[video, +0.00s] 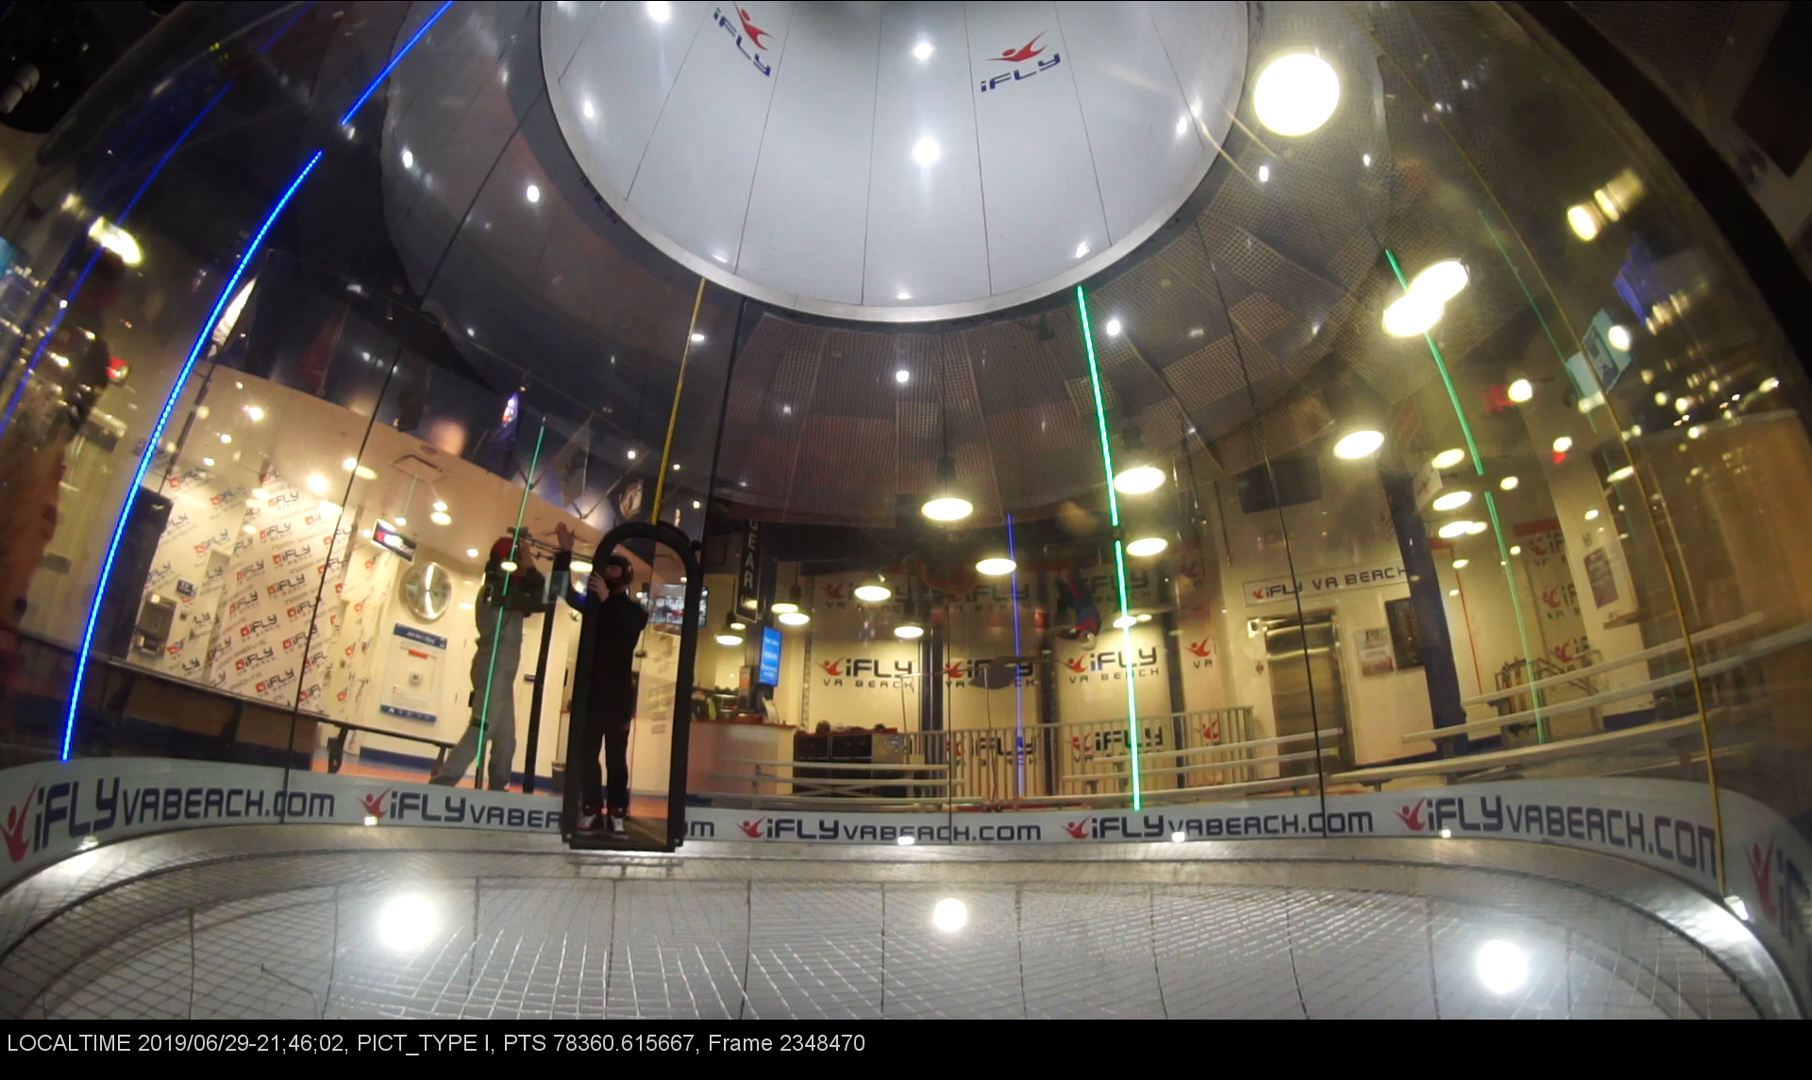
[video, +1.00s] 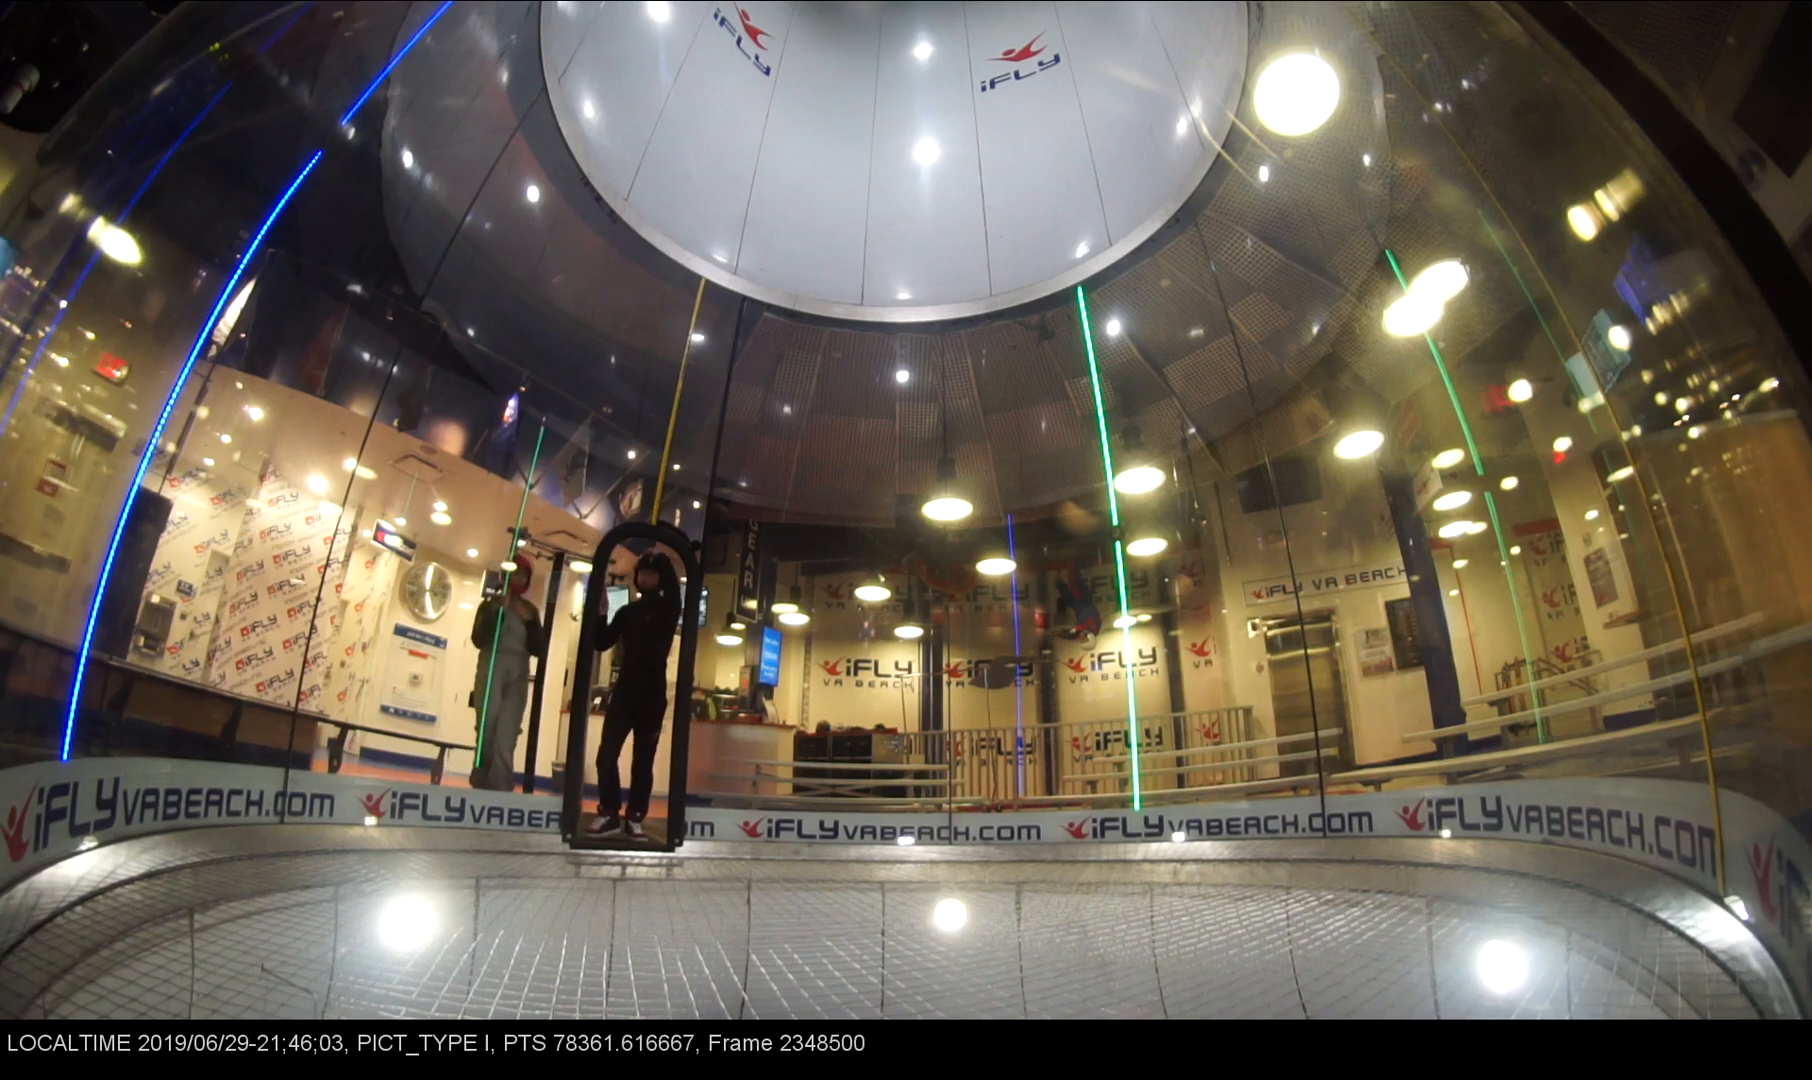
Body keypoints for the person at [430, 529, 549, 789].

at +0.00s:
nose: (530, 555)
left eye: (529, 550)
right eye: (525, 550)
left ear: (501, 559)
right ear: (510, 558)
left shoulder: (507, 590)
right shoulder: (497, 590)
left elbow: (540, 599)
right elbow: (534, 598)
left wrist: (530, 568)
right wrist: (528, 567)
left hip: (503, 670)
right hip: (491, 667)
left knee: (505, 737)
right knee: (481, 729)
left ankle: (497, 792)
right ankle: (442, 784)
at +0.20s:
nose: (532, 565)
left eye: (532, 560)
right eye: (526, 559)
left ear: (529, 565)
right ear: (514, 563)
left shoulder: (528, 591)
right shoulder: (504, 589)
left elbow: (544, 619)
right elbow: (528, 613)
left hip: (519, 668)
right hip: (501, 664)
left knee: (512, 733)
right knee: (492, 729)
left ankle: (499, 788)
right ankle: (448, 777)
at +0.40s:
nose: (536, 571)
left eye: (537, 566)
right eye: (531, 566)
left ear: (538, 570)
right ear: (518, 568)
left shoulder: (534, 605)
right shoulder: (503, 598)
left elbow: (548, 640)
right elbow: (511, 628)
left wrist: (548, 609)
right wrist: (520, 594)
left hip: (527, 674)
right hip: (504, 670)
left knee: (514, 732)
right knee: (499, 727)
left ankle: (501, 786)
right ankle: (466, 774)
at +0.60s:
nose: (528, 578)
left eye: (533, 574)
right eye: (524, 572)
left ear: (538, 579)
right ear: (514, 575)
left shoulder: (539, 609)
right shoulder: (500, 601)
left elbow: (548, 646)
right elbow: (499, 629)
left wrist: (543, 616)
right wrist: (516, 600)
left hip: (530, 669)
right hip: (502, 664)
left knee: (516, 727)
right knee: (495, 720)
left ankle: (501, 783)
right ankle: (482, 776)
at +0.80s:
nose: (520, 575)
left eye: (526, 572)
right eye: (518, 569)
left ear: (533, 579)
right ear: (510, 572)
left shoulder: (537, 611)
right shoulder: (497, 603)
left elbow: (543, 648)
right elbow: (488, 633)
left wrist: (538, 620)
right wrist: (502, 605)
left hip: (523, 667)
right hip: (496, 663)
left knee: (512, 726)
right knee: (490, 720)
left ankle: (499, 783)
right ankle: (480, 778)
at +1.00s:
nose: (518, 578)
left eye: (523, 574)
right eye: (515, 572)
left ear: (528, 581)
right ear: (506, 574)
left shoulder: (530, 610)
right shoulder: (490, 605)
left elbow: (538, 648)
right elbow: (479, 640)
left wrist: (531, 621)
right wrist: (495, 611)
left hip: (518, 671)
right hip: (490, 667)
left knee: (508, 729)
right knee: (487, 725)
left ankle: (501, 785)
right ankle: (481, 780)